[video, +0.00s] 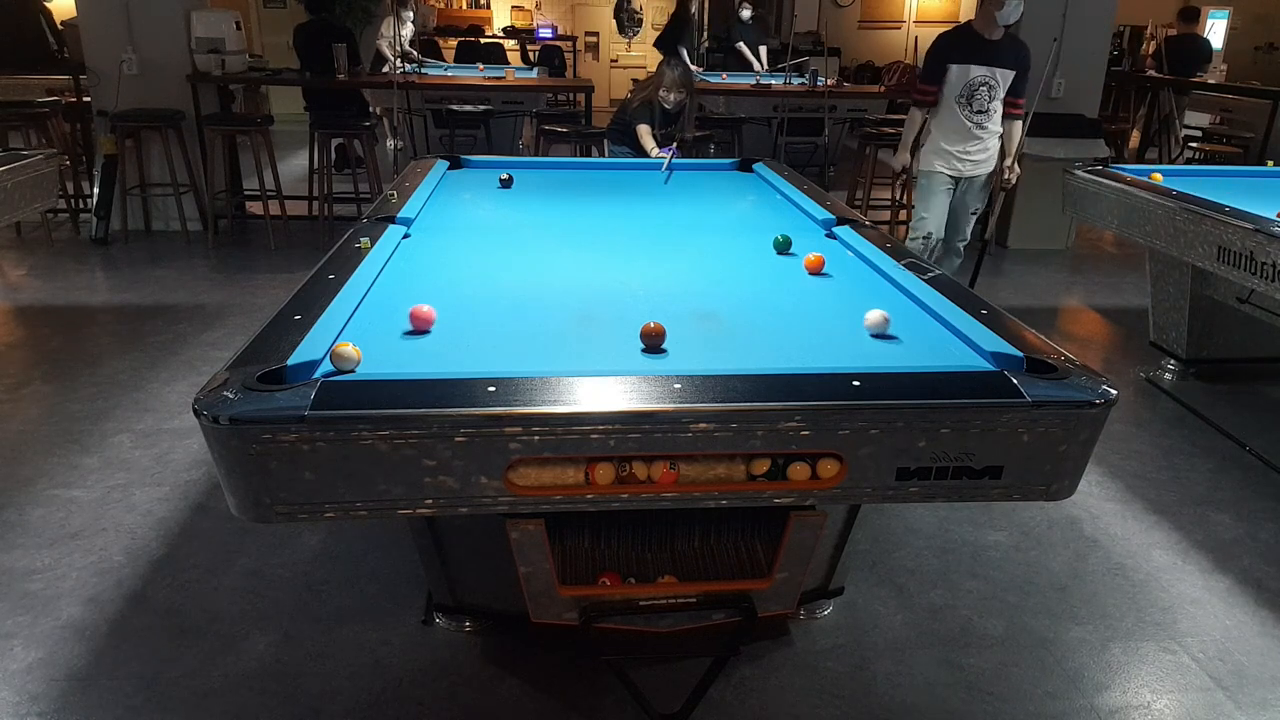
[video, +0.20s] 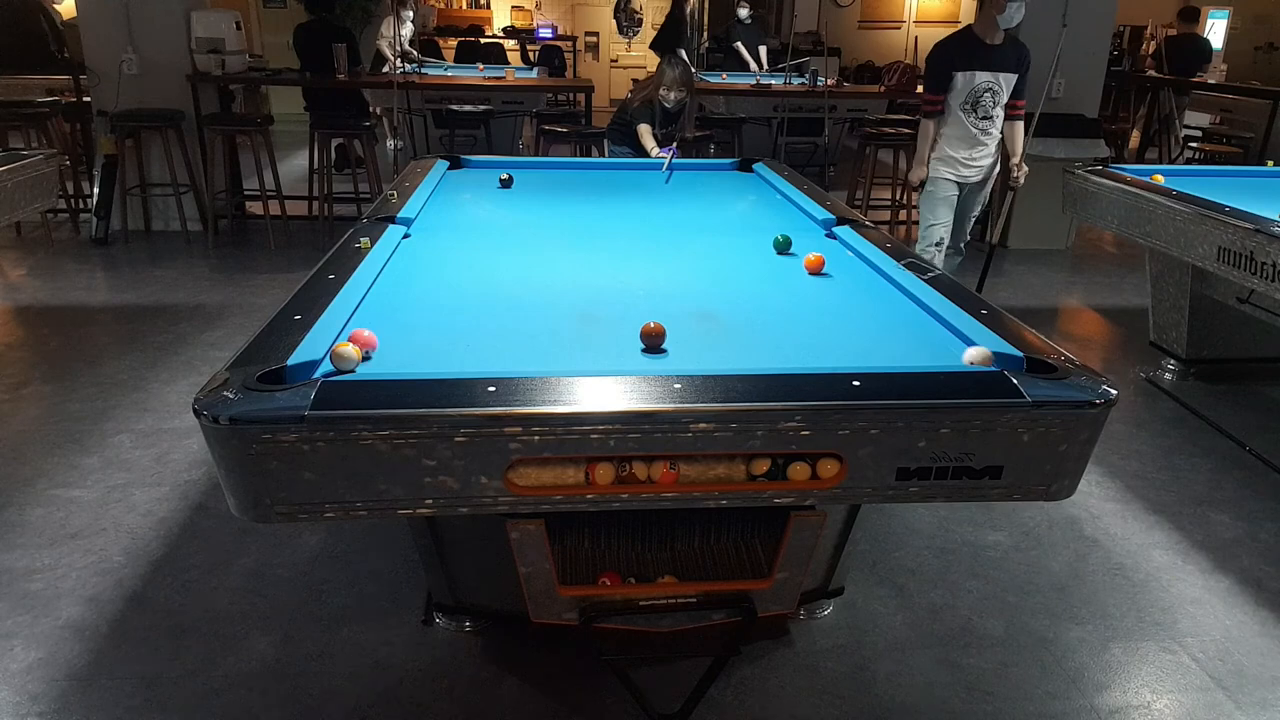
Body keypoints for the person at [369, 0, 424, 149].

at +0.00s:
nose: (409, 14)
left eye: (411, 11)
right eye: (406, 11)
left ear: (413, 11)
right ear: (398, 11)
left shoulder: (410, 27)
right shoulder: (390, 21)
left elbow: (404, 45)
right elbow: (380, 42)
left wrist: (414, 54)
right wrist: (392, 60)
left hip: (398, 67)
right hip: (381, 68)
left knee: (396, 105)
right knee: (385, 106)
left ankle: (396, 135)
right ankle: (389, 138)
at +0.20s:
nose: (409, 13)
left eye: (411, 10)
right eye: (406, 10)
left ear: (413, 11)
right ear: (398, 10)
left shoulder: (410, 27)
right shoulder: (390, 21)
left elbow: (403, 45)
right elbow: (381, 43)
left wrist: (414, 53)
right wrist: (392, 60)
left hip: (398, 66)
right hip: (382, 66)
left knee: (396, 103)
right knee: (385, 105)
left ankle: (396, 135)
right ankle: (390, 138)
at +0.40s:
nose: (405, 14)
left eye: (408, 11)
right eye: (403, 11)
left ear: (411, 11)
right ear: (396, 9)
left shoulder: (408, 26)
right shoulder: (388, 20)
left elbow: (402, 42)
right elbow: (379, 43)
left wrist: (412, 51)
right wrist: (391, 59)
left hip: (396, 64)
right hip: (381, 64)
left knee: (394, 102)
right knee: (383, 104)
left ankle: (394, 136)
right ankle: (387, 138)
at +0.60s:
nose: (401, 9)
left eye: (403, 6)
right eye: (398, 5)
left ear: (405, 7)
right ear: (391, 7)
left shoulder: (403, 22)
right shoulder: (383, 20)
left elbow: (399, 36)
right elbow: (378, 44)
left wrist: (406, 42)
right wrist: (390, 59)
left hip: (396, 64)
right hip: (380, 65)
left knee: (393, 102)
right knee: (380, 103)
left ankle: (393, 136)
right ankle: (380, 138)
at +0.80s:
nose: (390, 7)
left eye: (392, 4)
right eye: (386, 4)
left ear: (394, 5)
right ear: (380, 6)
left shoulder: (397, 21)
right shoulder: (374, 20)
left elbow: (396, 41)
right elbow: (374, 45)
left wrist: (401, 47)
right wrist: (391, 61)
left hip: (392, 61)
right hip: (377, 62)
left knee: (392, 100)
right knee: (380, 101)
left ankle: (394, 135)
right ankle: (389, 136)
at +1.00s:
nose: (378, 6)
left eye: (379, 3)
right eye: (374, 3)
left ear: (381, 5)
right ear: (367, 6)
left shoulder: (383, 21)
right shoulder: (361, 21)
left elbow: (381, 41)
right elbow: (362, 47)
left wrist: (392, 49)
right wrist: (380, 61)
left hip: (381, 64)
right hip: (367, 65)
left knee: (386, 102)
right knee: (375, 103)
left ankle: (390, 136)